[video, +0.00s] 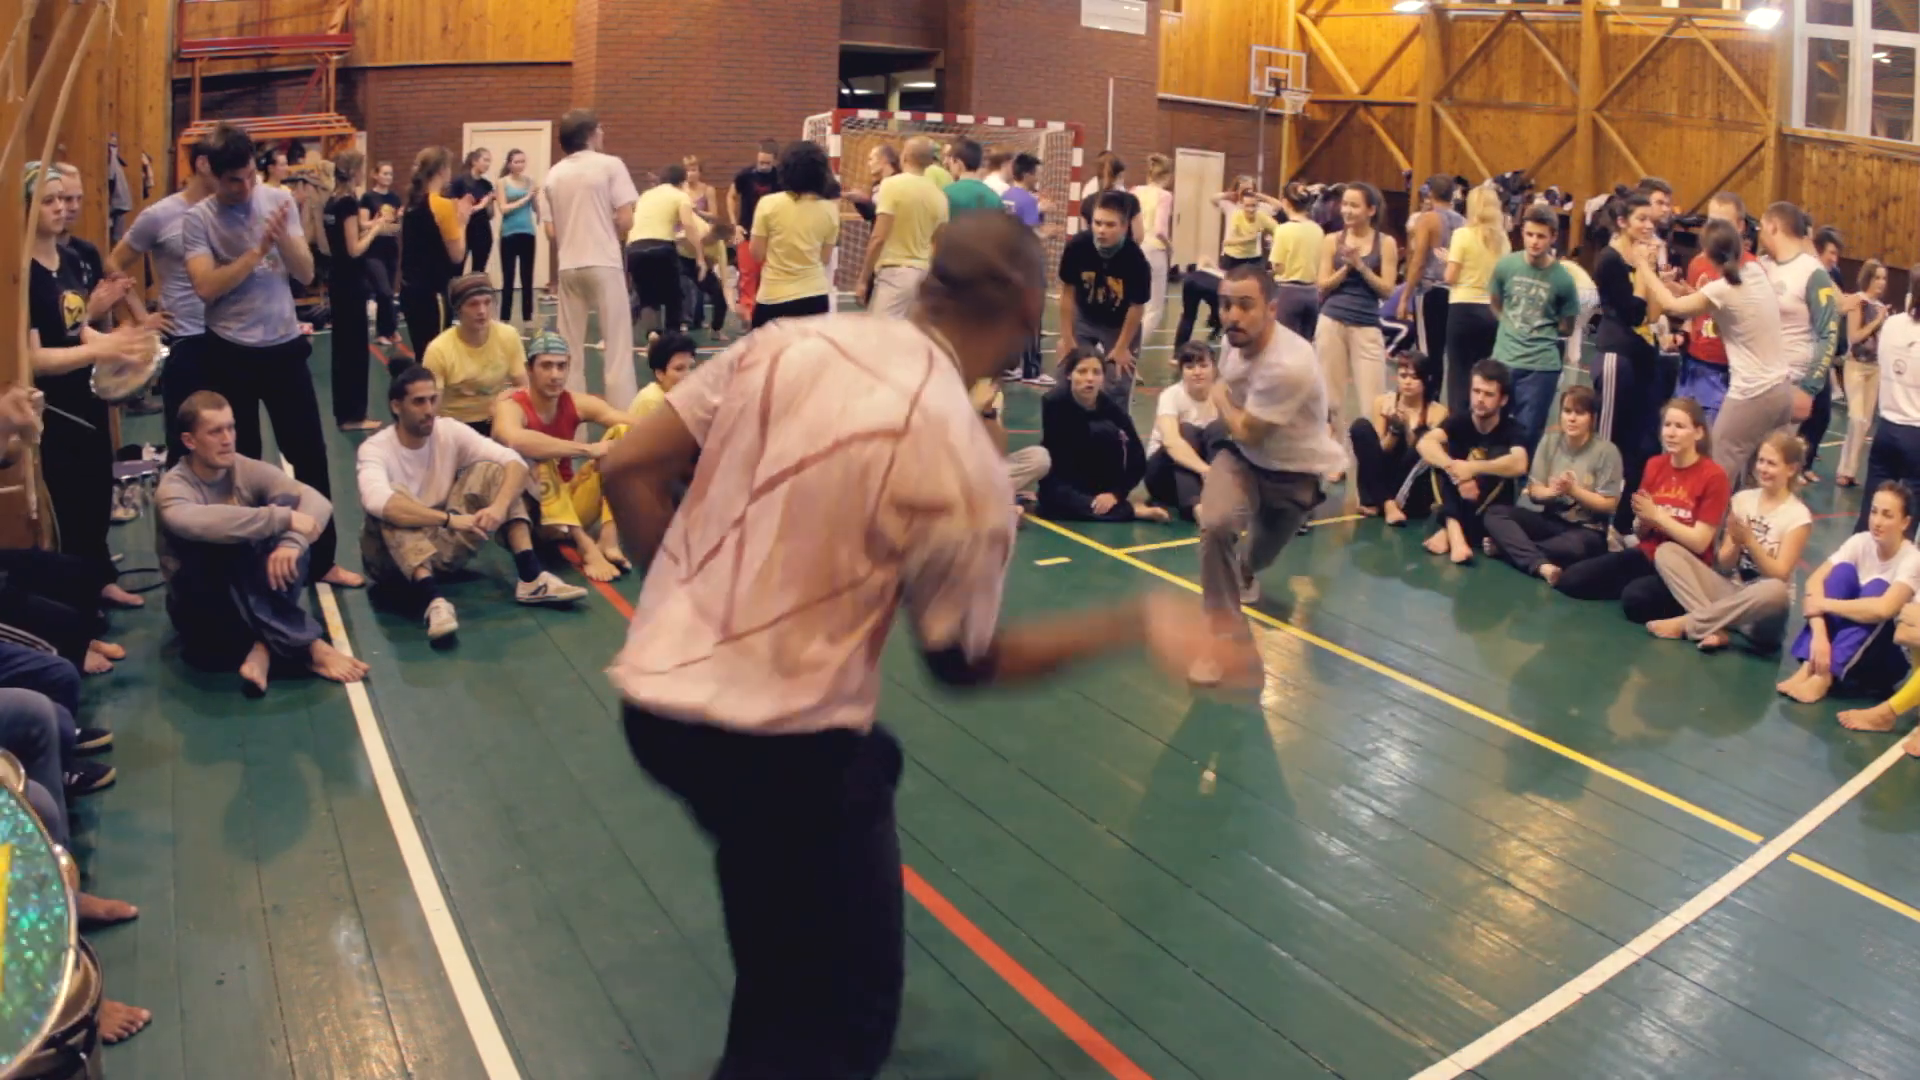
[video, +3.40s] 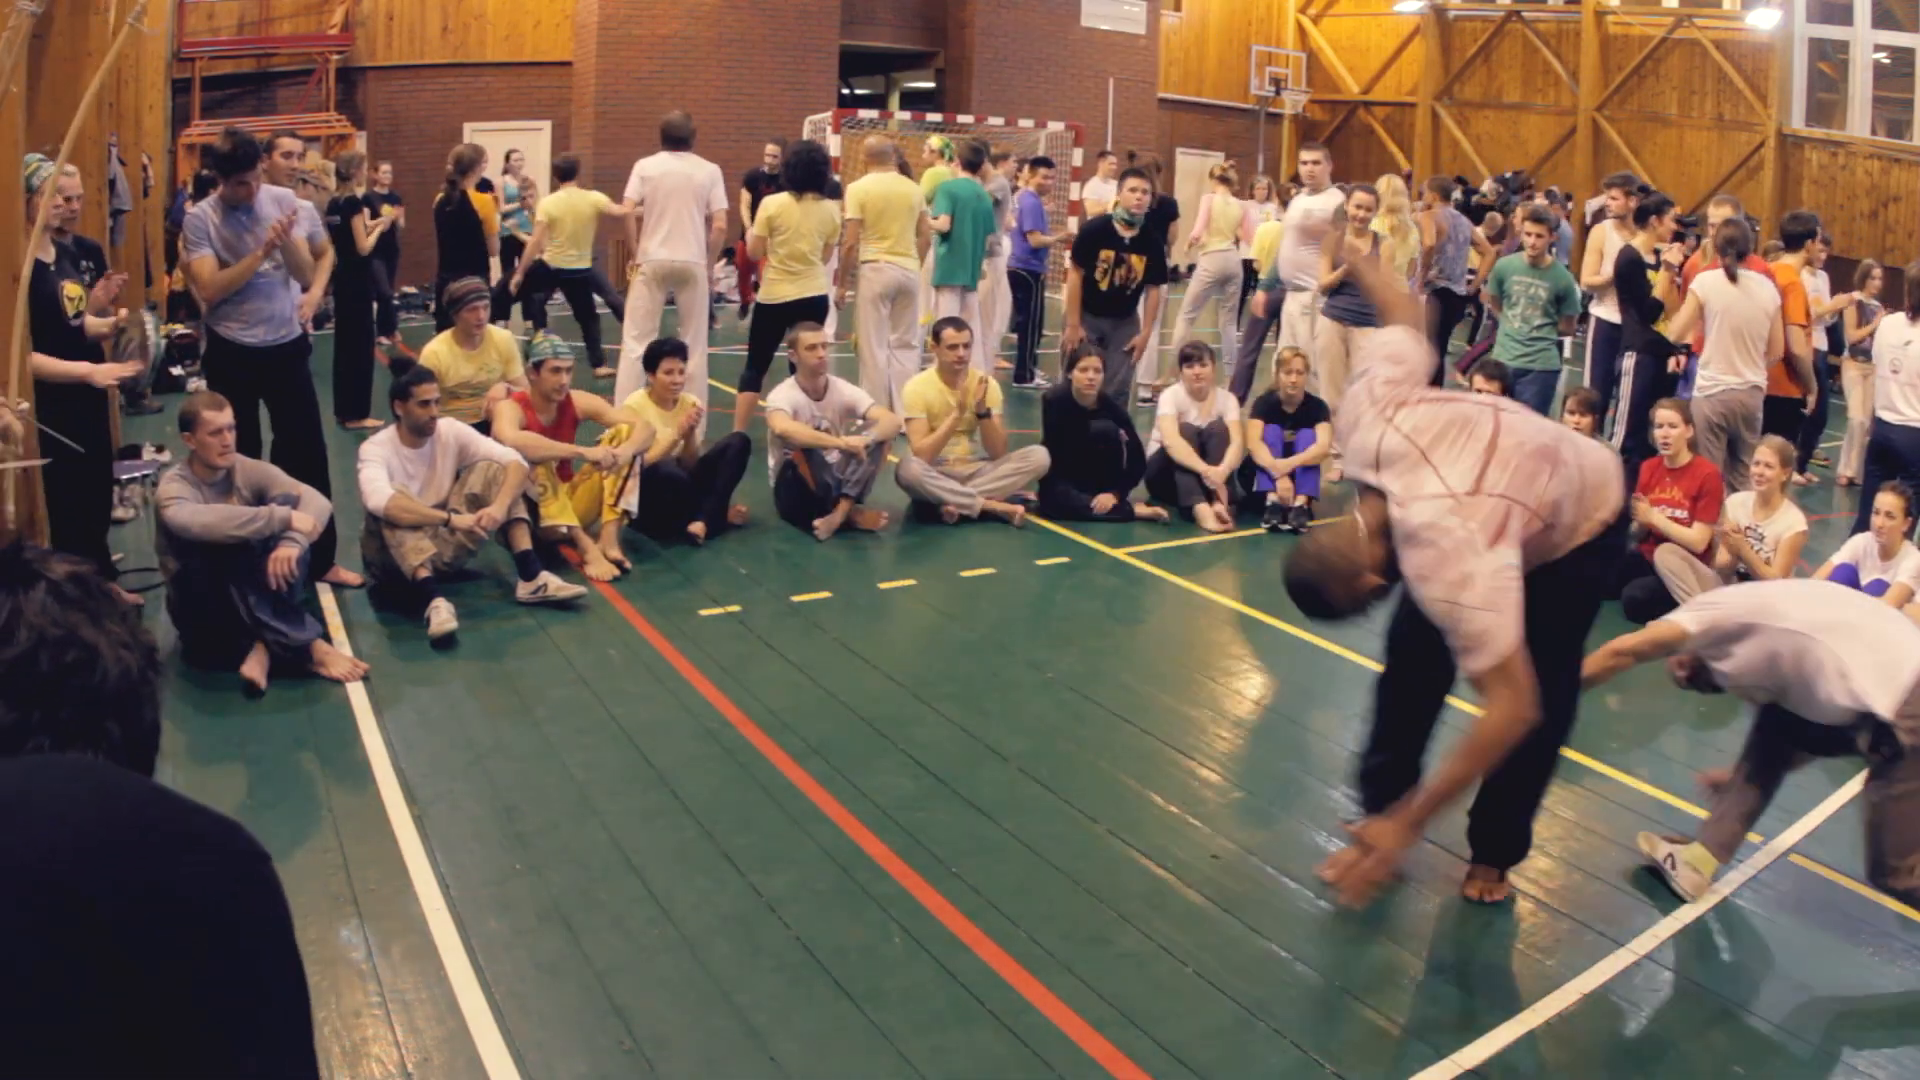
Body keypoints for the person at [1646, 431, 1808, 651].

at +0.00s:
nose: (1763, 469)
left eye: (1772, 464)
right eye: (1760, 461)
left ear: (1791, 470)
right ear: (1755, 463)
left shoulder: (1798, 515)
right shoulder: (1741, 499)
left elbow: (1780, 572)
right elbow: (1724, 563)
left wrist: (1748, 541)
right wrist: (1736, 541)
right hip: (1728, 590)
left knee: (1774, 590)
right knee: (1666, 552)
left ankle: (1685, 624)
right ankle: (1712, 629)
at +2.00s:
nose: (1754, 471)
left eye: (1764, 467)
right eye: (1753, 463)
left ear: (1783, 477)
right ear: (1748, 464)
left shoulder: (1791, 521)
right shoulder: (1734, 501)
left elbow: (1774, 580)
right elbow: (1720, 569)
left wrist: (1739, 551)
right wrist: (1724, 548)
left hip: (1760, 606)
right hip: (1727, 594)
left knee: (1775, 594)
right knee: (1666, 552)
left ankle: (1684, 625)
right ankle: (1712, 629)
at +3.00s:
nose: (1757, 471)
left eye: (1766, 465)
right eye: (1754, 463)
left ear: (1784, 473)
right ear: (1748, 466)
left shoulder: (1794, 521)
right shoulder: (1734, 502)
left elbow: (1776, 578)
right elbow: (1720, 567)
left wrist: (1743, 551)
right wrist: (1730, 549)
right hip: (1726, 589)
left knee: (1774, 594)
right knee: (1685, 555)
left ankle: (1690, 624)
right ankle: (1709, 631)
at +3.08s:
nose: (1758, 471)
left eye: (1767, 465)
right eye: (1755, 463)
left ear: (1785, 473)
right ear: (1748, 466)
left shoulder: (1794, 521)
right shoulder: (1734, 502)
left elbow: (1777, 576)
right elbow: (1721, 546)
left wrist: (1742, 547)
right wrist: (1722, 536)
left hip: (1765, 589)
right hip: (1728, 582)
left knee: (1773, 591)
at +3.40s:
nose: (1759, 472)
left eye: (1769, 466)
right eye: (1756, 464)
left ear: (1785, 474)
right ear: (1749, 466)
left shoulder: (1794, 522)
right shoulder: (1735, 502)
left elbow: (1776, 579)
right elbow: (1720, 564)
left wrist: (1742, 549)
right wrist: (1733, 547)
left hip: (1764, 601)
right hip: (1727, 589)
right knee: (1666, 554)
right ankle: (1707, 620)